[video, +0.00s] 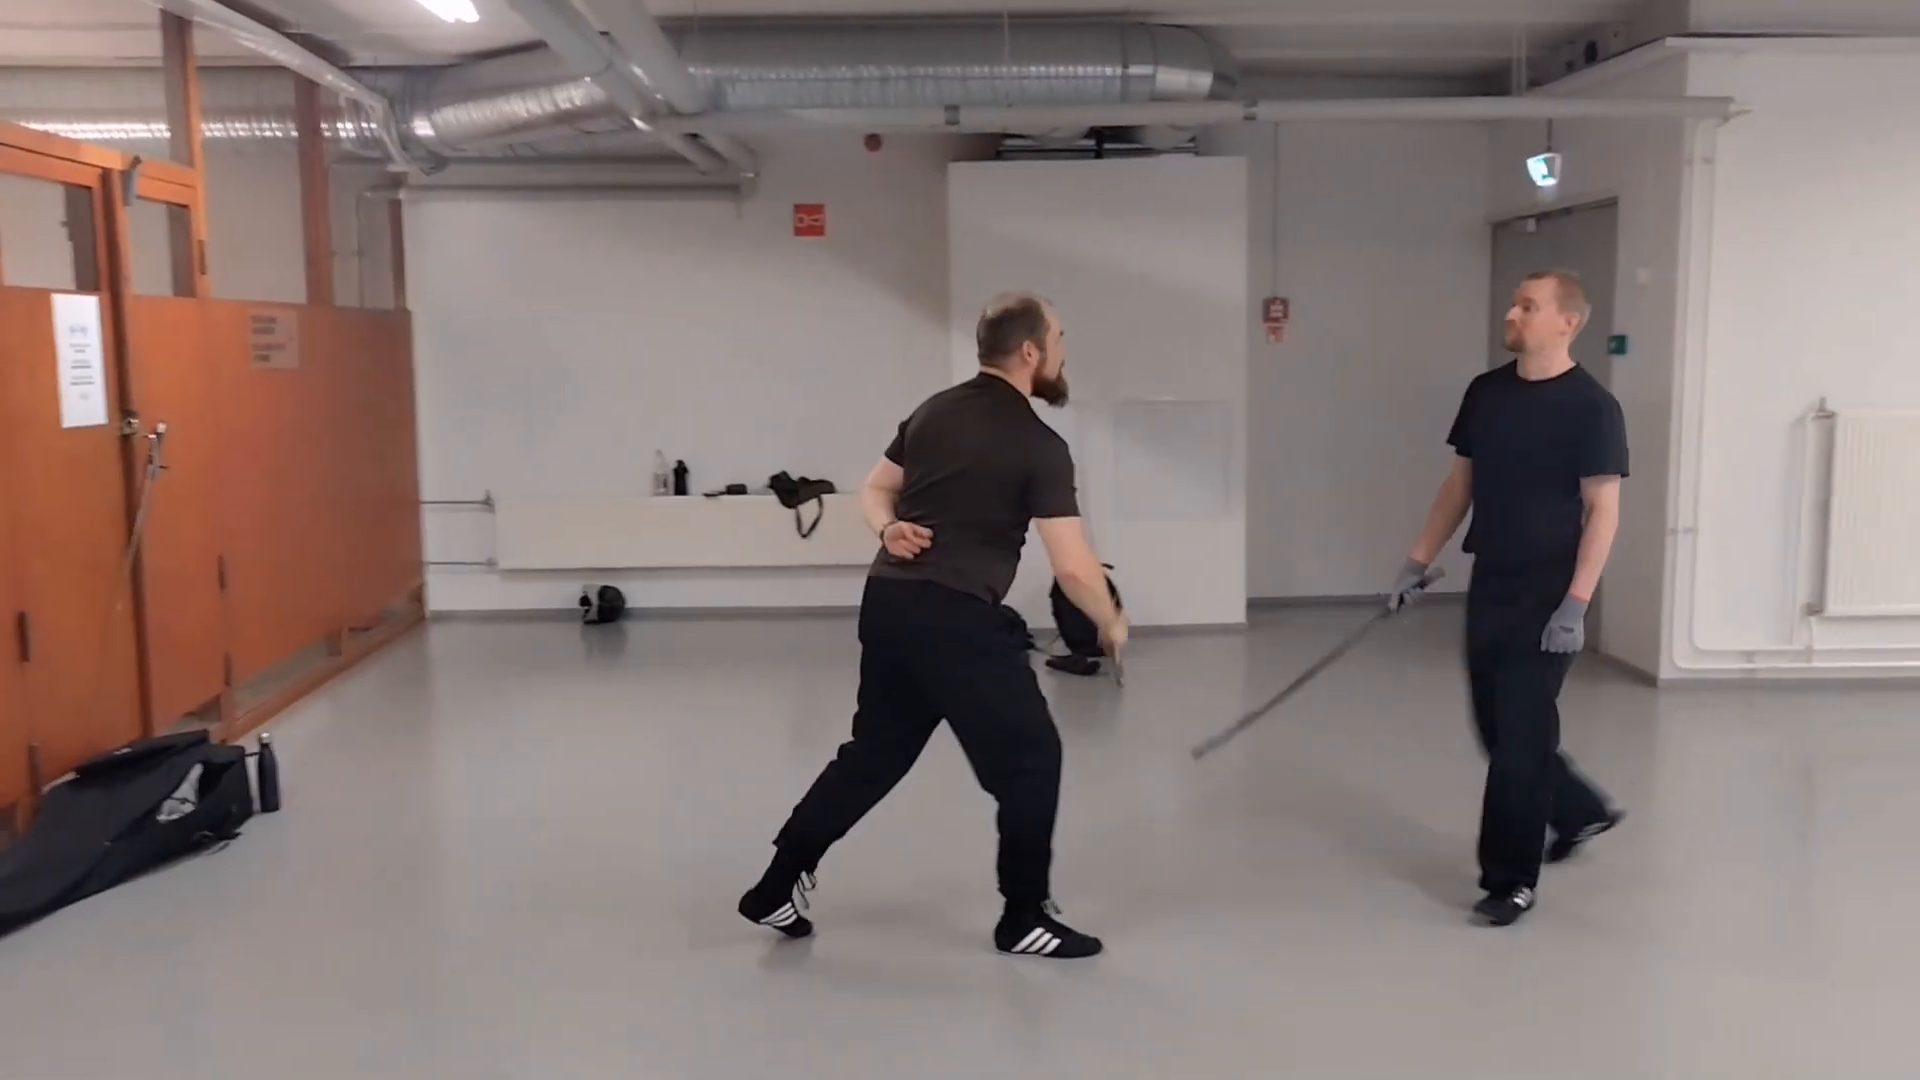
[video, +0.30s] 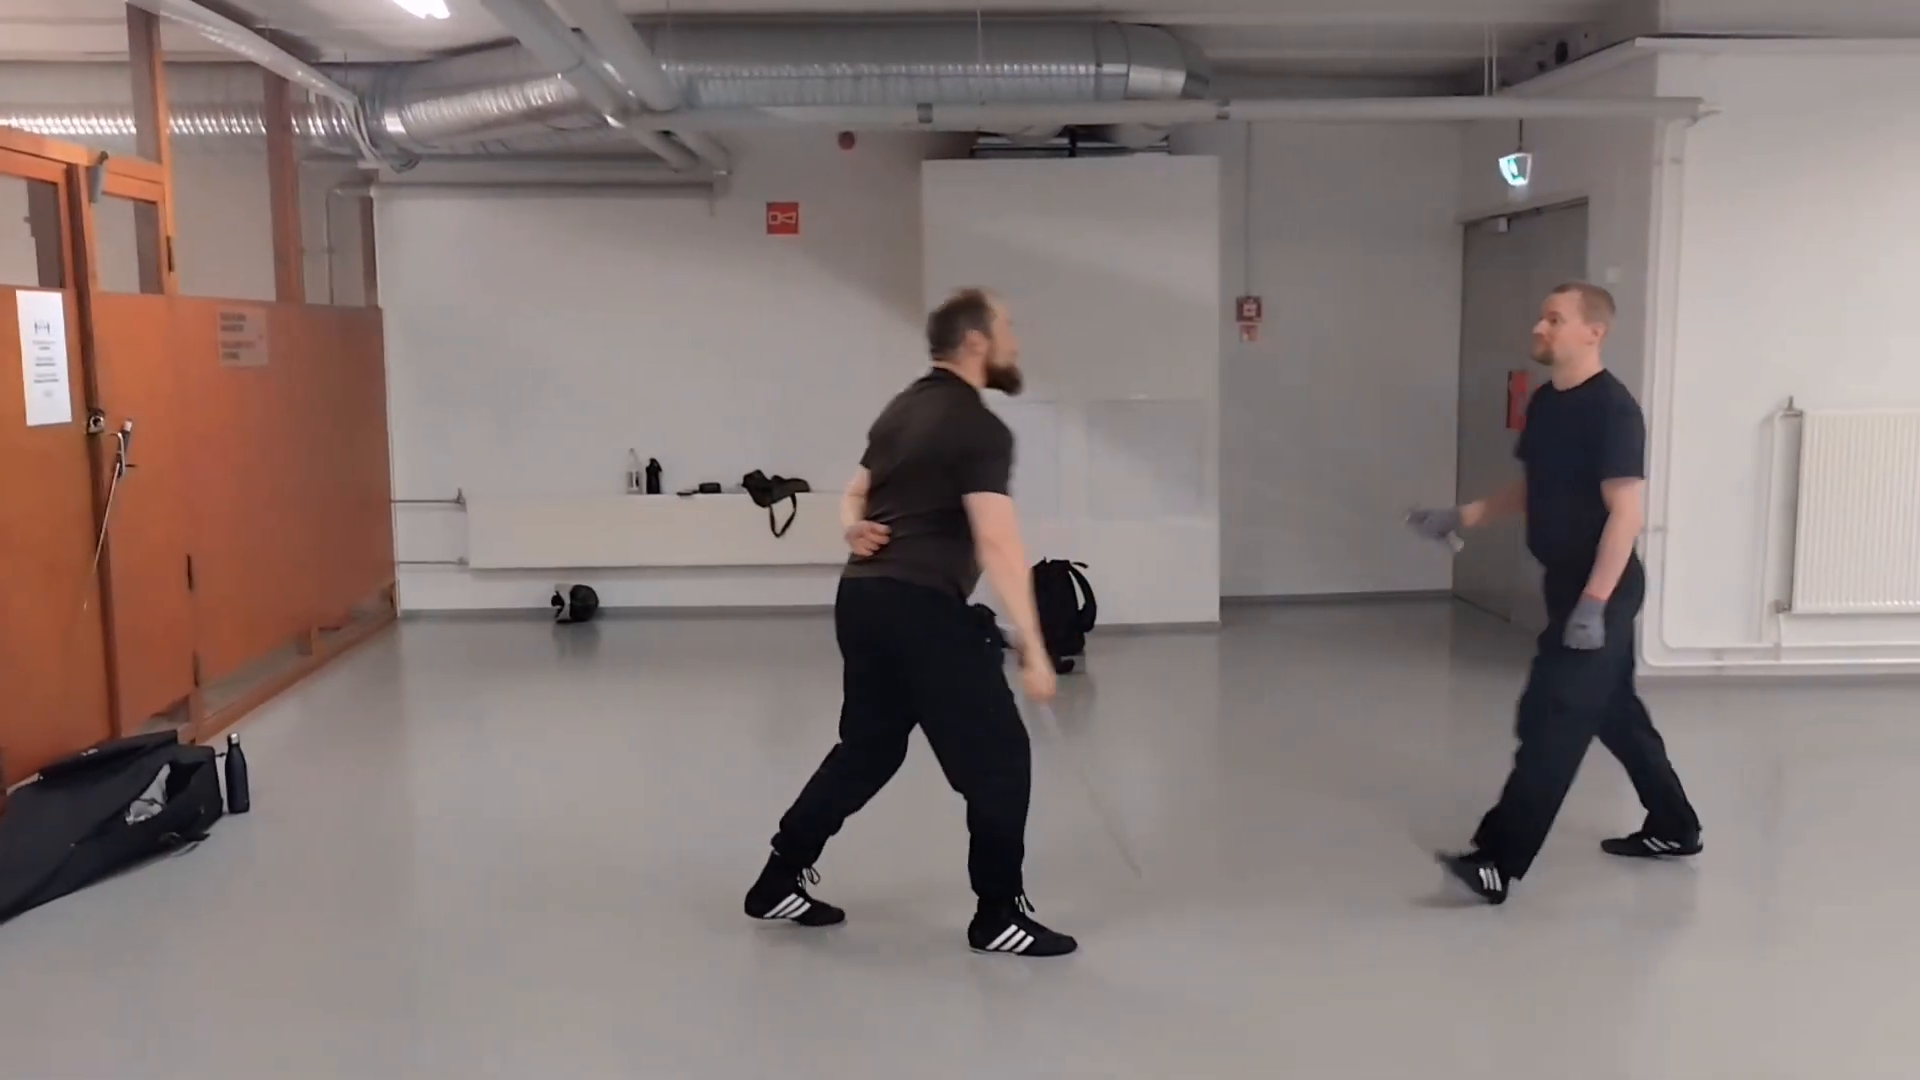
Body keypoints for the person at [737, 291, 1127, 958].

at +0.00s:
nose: (1064, 351)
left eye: (1061, 338)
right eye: (1058, 339)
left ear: (998, 354)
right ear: (1030, 352)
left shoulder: (935, 412)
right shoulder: (1039, 444)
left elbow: (877, 489)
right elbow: (1072, 564)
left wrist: (887, 527)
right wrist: (1109, 618)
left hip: (889, 606)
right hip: (962, 618)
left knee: (876, 754)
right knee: (1031, 758)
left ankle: (776, 888)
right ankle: (1024, 918)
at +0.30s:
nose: (1014, 344)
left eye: (1010, 330)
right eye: (1006, 332)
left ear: (947, 346)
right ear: (976, 342)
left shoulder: (901, 410)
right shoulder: (978, 427)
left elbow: (857, 495)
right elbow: (998, 547)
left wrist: (853, 525)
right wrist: (1033, 646)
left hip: (864, 602)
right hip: (928, 610)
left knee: (870, 747)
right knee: (1000, 758)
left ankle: (779, 881)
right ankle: (998, 915)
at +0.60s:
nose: (889, 353)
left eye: (886, 340)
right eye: (879, 340)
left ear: (839, 348)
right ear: (842, 347)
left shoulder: (825, 413)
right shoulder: (810, 410)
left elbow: (802, 510)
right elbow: (774, 509)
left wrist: (758, 541)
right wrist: (801, 606)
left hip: (786, 609)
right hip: (783, 611)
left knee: (815, 750)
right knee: (873, 745)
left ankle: (749, 893)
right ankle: (911, 909)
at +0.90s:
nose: (785, 353)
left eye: (781, 340)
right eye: (774, 341)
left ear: (736, 352)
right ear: (736, 352)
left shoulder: (724, 418)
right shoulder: (696, 409)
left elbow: (670, 508)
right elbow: (637, 504)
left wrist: (635, 525)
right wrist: (653, 603)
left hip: (688, 614)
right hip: (638, 613)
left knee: (738, 749)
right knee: (619, 761)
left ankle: (727, 897)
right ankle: (503, 887)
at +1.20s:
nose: (647, 367)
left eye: (644, 354)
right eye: (635, 354)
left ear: (601, 367)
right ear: (592, 365)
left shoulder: (604, 453)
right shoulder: (530, 428)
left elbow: (561, 542)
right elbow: (478, 527)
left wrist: (552, 624)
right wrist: (501, 627)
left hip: (559, 634)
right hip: (490, 634)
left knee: (625, 760)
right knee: (453, 785)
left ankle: (694, 891)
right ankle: (388, 923)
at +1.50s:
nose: (576, 356)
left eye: (574, 343)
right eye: (566, 342)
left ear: (530, 351)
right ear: (522, 349)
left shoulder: (548, 438)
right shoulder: (440, 416)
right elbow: (355, 503)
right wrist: (304, 596)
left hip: (494, 625)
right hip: (417, 620)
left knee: (550, 748)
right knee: (414, 776)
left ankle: (540, 901)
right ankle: (378, 925)